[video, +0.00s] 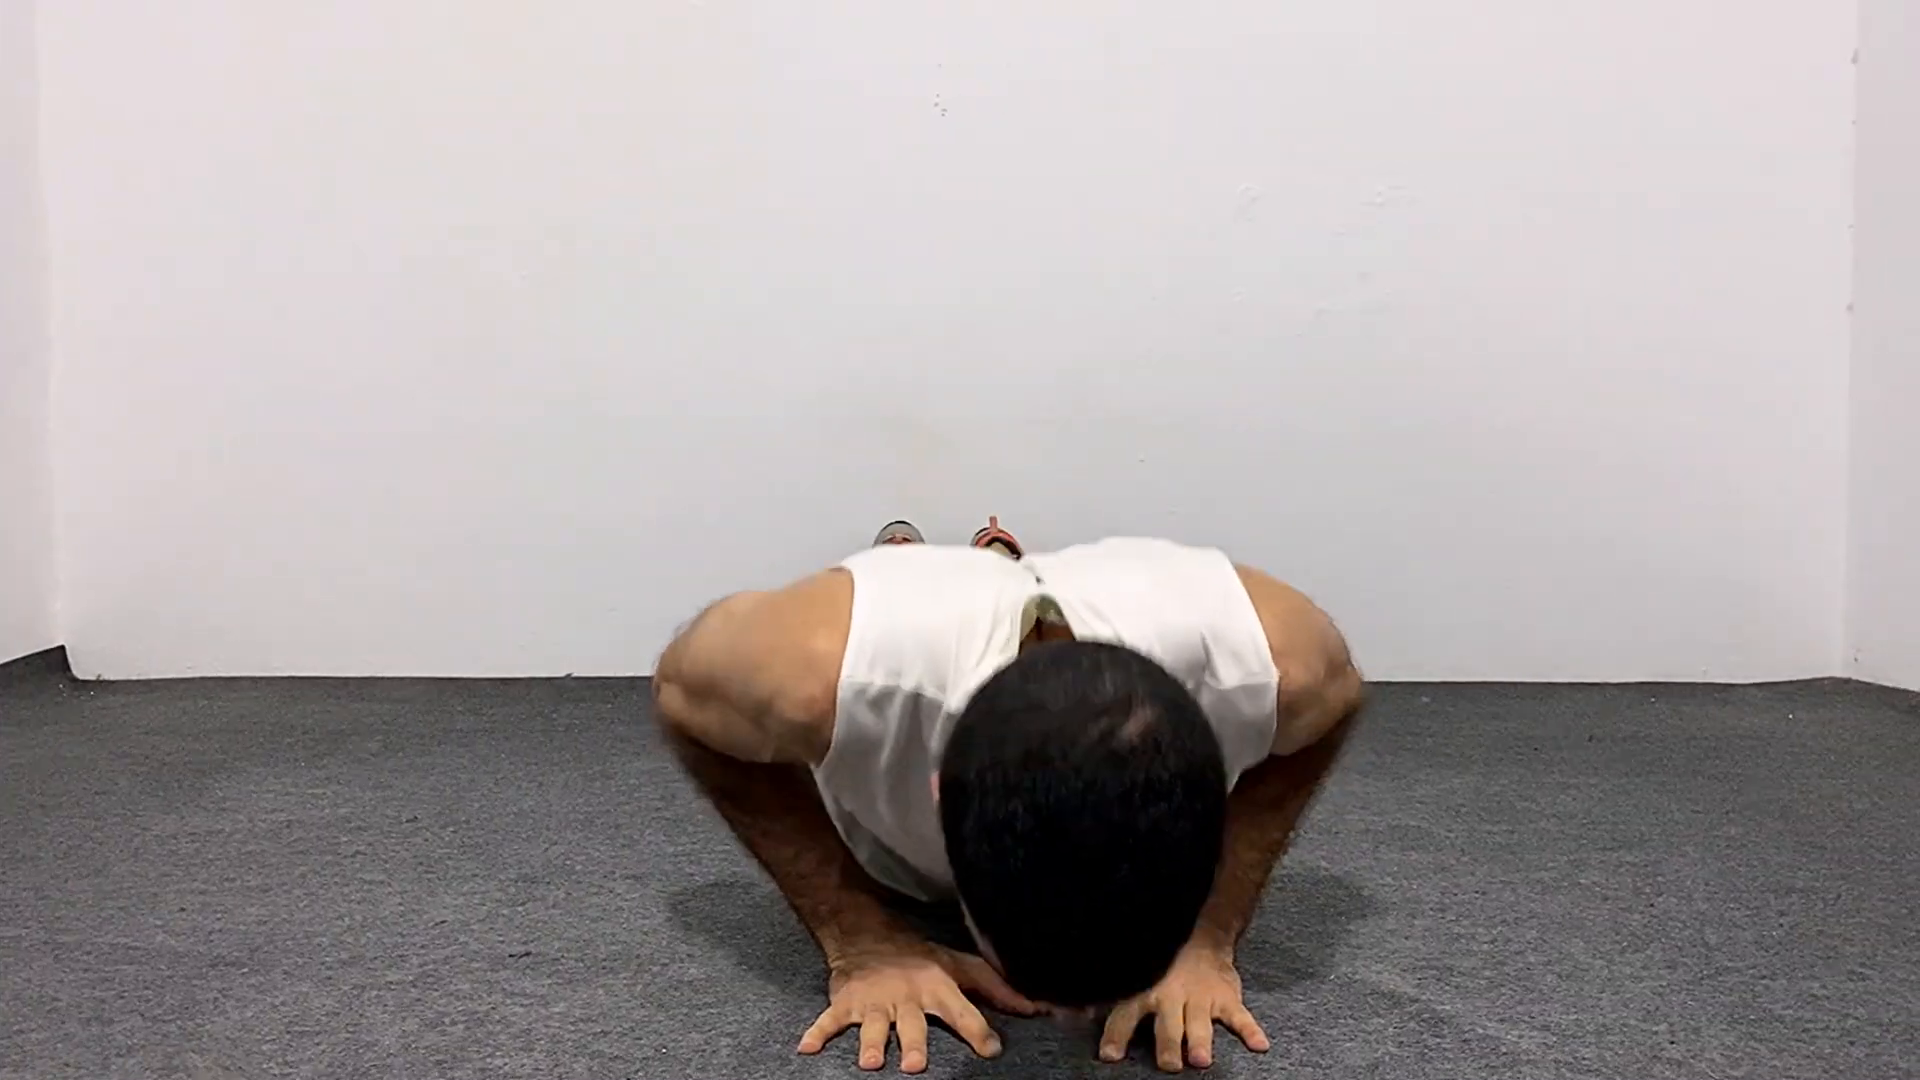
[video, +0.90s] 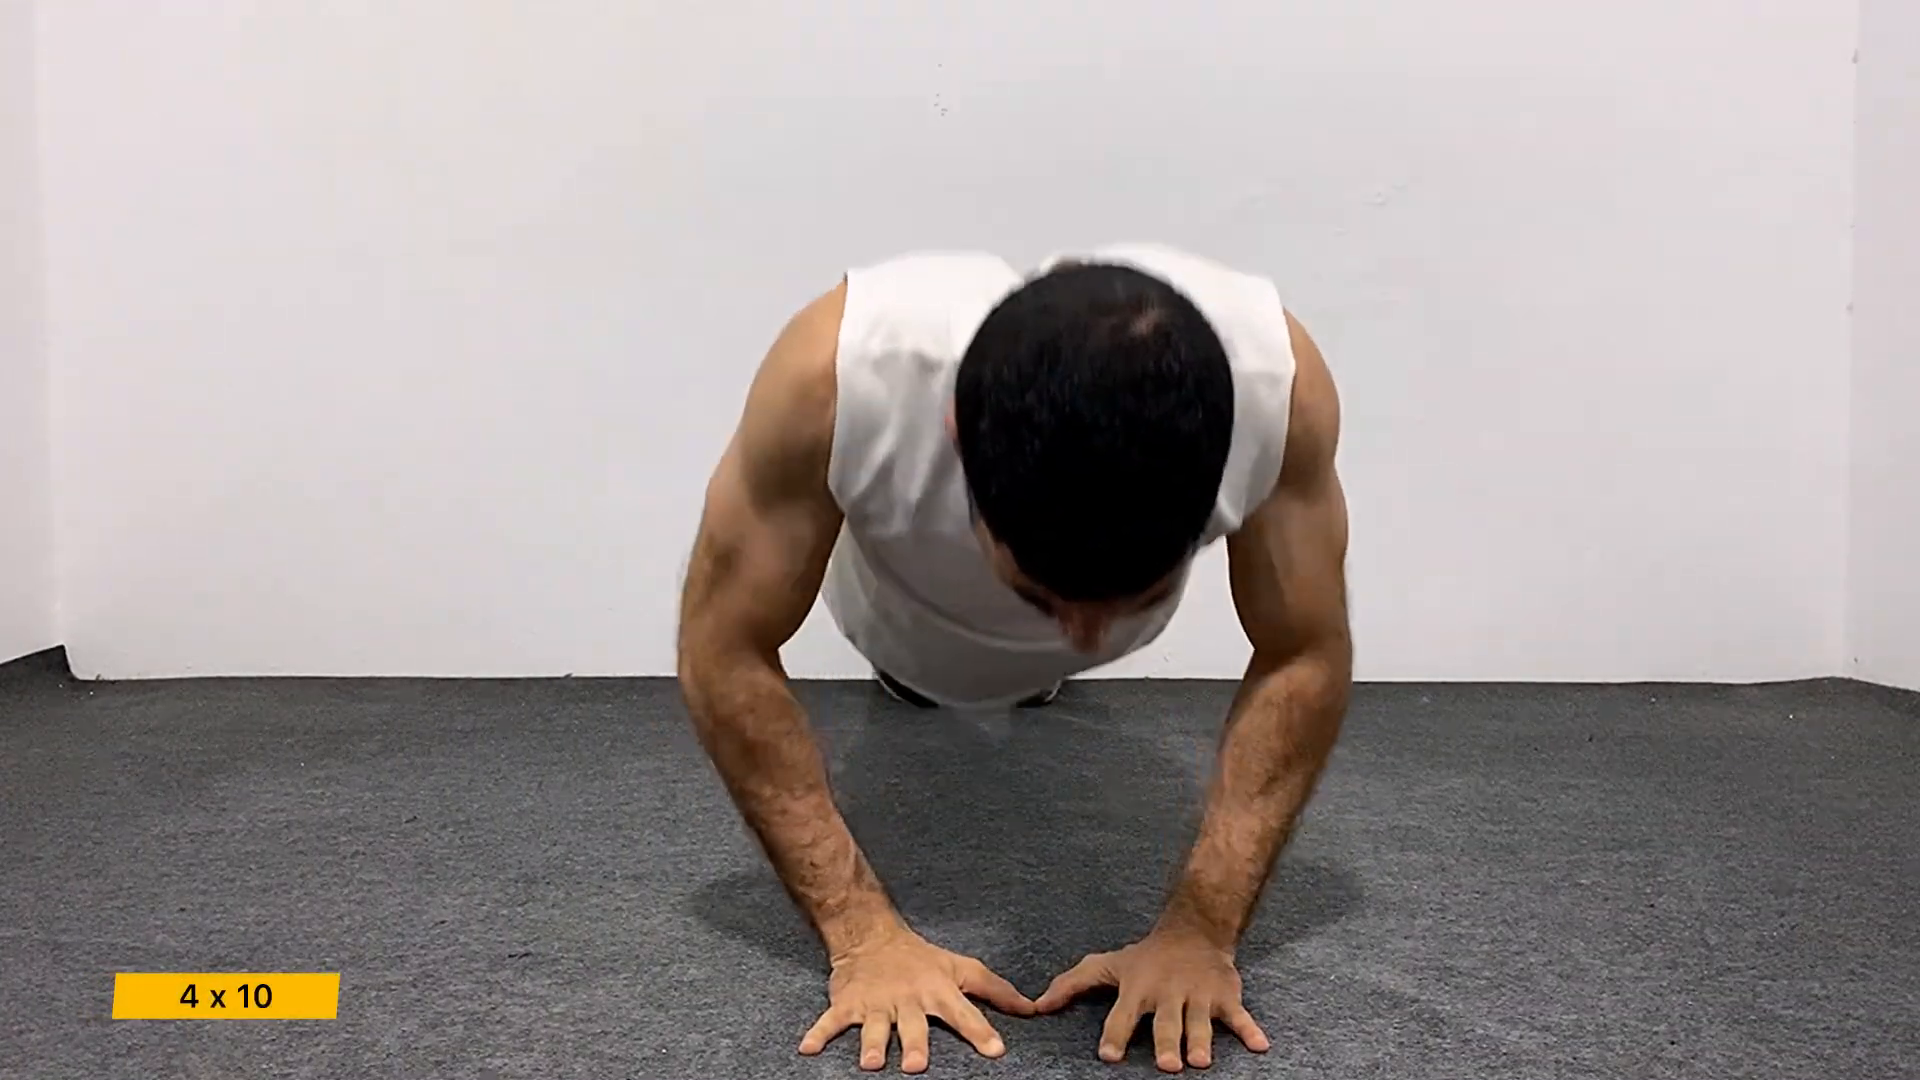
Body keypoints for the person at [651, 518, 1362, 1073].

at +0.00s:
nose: (1050, 1008)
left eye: (1100, 996)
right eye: (1022, 985)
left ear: (1215, 803)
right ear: (939, 797)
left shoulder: (1283, 661)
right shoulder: (811, 674)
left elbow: (1328, 708)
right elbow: (688, 692)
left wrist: (1214, 936)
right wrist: (857, 935)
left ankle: (1004, 564)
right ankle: (900, 559)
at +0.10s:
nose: (1070, 885)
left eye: (1115, 844)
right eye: (1027, 838)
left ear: (1207, 699)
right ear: (943, 675)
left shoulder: (1274, 577)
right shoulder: (807, 590)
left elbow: (1302, 703)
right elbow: (711, 698)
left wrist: (1203, 925)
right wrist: (861, 932)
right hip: (907, 801)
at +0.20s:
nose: (1066, 730)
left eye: (1114, 694)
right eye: (1022, 691)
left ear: (1194, 567)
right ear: (942, 566)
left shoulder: (1264, 483)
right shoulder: (807, 484)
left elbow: (1296, 679)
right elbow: (722, 684)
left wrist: (1199, 924)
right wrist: (864, 931)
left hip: (1131, 715)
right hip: (899, 730)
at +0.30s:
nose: (1059, 584)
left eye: (1111, 548)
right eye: (1017, 546)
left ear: (1180, 436)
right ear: (933, 399)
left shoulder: (1258, 389)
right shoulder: (804, 388)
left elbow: (1290, 652)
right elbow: (732, 659)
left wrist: (1197, 927)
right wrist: (866, 931)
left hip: (1101, 656)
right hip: (901, 671)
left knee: (1077, 684)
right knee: (919, 704)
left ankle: (1054, 695)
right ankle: (940, 712)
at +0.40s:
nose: (1055, 471)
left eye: (1102, 435)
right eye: (1018, 430)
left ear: (1172, 345)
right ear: (943, 322)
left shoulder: (1256, 311)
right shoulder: (806, 305)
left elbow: (1272, 628)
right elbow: (763, 628)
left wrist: (1194, 930)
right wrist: (867, 931)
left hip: (1091, 612)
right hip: (908, 617)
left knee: (1060, 662)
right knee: (920, 680)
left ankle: (1030, 674)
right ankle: (926, 680)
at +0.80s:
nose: (1074, 507)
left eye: (1122, 472)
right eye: (1037, 465)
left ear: (1197, 376)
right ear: (960, 332)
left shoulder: (1276, 313)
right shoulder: (824, 299)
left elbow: (1279, 630)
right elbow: (757, 624)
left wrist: (1198, 929)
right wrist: (868, 932)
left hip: (1096, 579)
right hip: (908, 572)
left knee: (1054, 633)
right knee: (912, 645)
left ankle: (1027, 652)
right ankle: (910, 668)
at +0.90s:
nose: (1082, 633)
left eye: (1124, 601)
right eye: (1043, 592)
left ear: (1203, 506)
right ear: (965, 456)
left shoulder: (1277, 390)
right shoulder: (832, 376)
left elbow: (1305, 654)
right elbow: (721, 651)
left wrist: (1200, 930)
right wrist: (865, 935)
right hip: (913, 616)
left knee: (1054, 677)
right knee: (916, 672)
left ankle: (1040, 676)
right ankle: (910, 673)